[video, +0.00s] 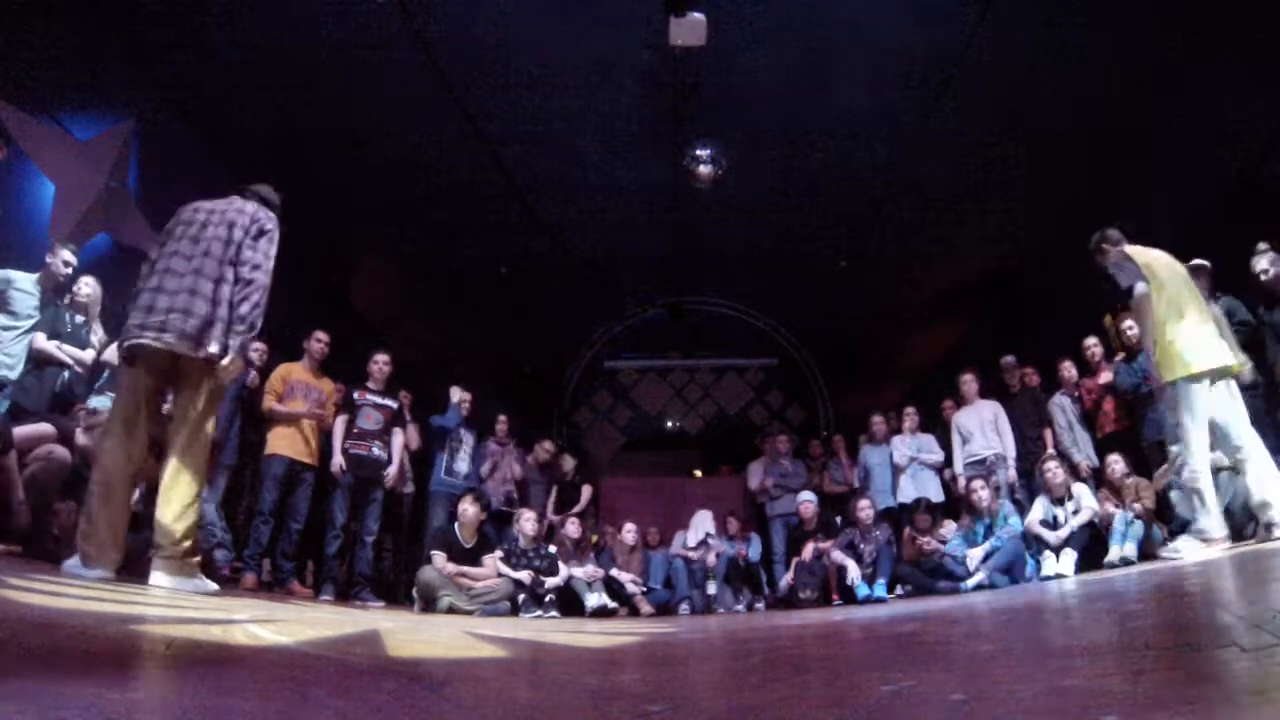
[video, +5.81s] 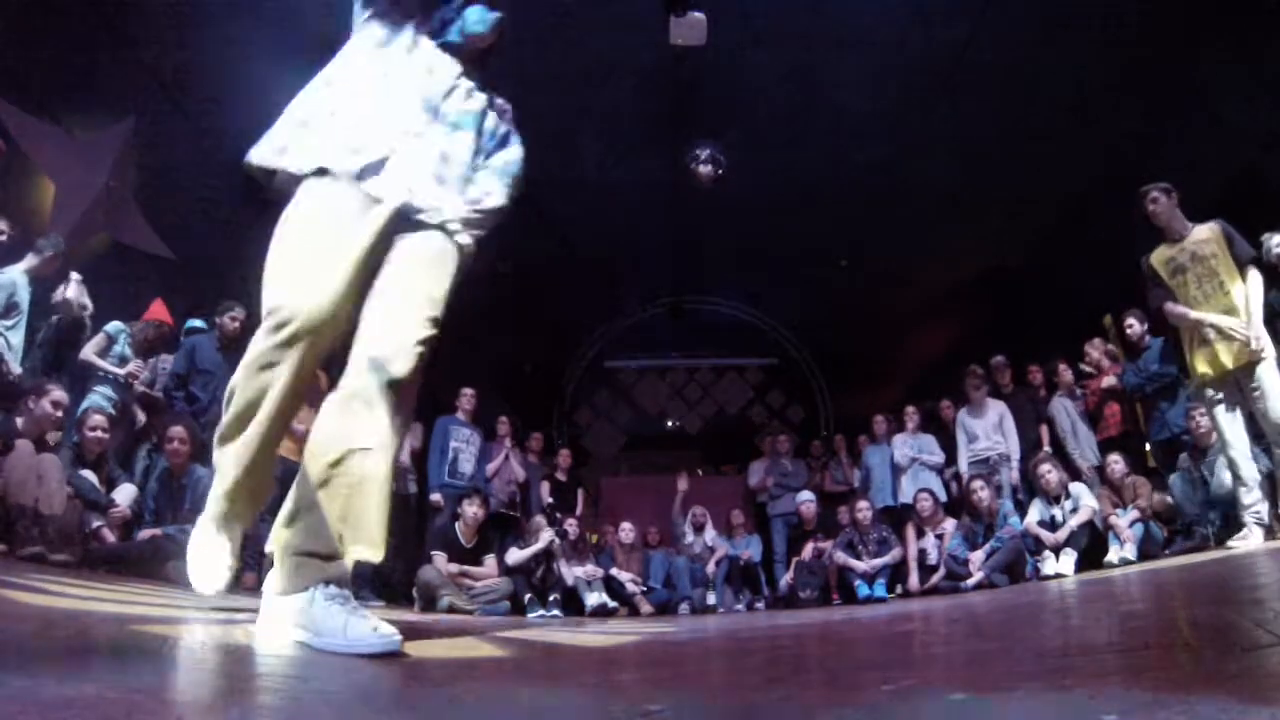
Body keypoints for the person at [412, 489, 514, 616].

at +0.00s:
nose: (464, 508)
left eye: (471, 505)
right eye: (462, 503)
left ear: (483, 515)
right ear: (457, 507)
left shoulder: (484, 539)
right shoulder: (442, 534)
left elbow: (492, 572)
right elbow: (440, 567)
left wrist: (459, 569)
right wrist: (473, 584)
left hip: (478, 589)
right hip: (448, 587)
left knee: (507, 585)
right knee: (426, 574)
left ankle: (454, 605)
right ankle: (477, 610)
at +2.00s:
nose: (482, 512)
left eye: (484, 508)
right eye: (476, 507)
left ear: (488, 512)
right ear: (461, 509)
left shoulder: (485, 538)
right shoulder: (442, 533)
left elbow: (493, 572)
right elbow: (442, 570)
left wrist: (462, 569)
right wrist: (474, 584)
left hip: (476, 590)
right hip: (447, 589)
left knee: (506, 585)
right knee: (426, 573)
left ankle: (453, 605)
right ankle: (477, 609)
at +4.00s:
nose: (488, 513)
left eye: (488, 509)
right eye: (483, 507)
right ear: (465, 509)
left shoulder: (485, 536)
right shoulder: (443, 530)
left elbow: (492, 572)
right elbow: (441, 568)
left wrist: (461, 569)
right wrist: (475, 584)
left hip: (478, 590)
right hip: (448, 588)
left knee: (507, 585)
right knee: (427, 573)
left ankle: (454, 605)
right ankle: (477, 610)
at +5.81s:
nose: (474, 511)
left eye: (480, 507)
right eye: (469, 505)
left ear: (485, 514)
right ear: (459, 509)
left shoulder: (485, 537)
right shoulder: (443, 532)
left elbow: (493, 572)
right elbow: (441, 569)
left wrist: (462, 569)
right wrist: (475, 584)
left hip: (476, 590)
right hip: (447, 588)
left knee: (507, 584)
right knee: (426, 573)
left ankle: (456, 604)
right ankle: (476, 609)